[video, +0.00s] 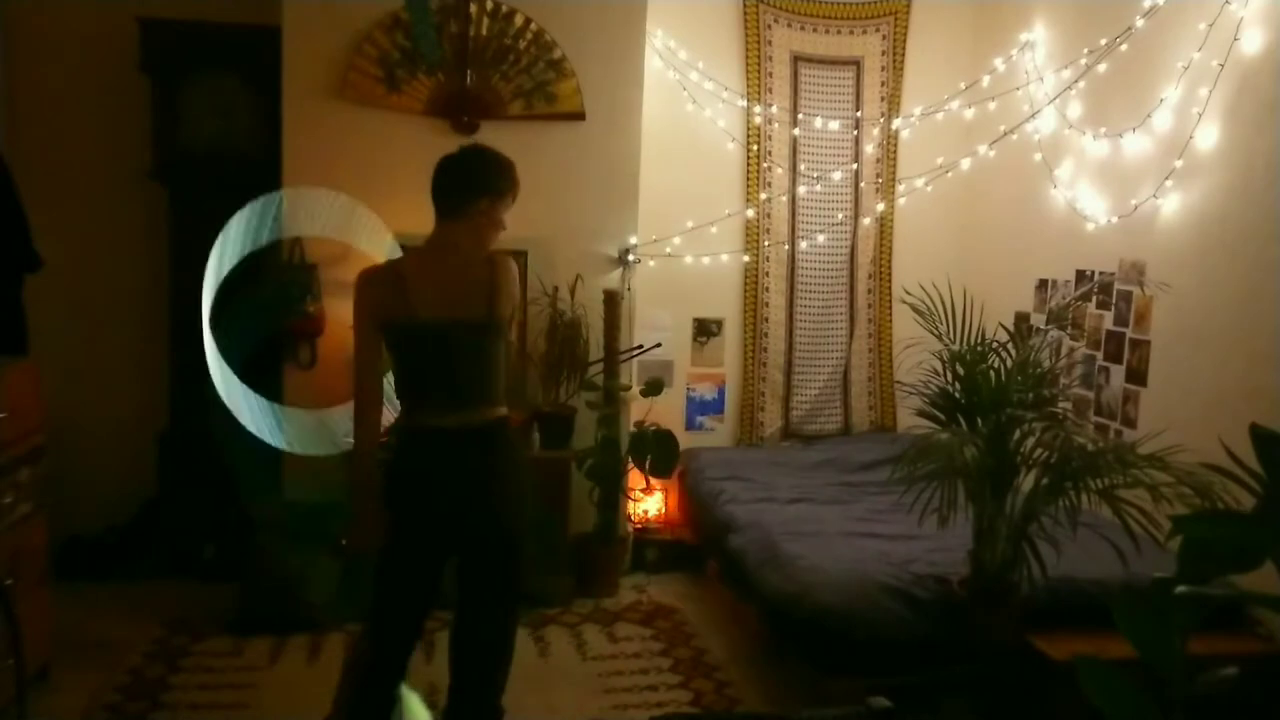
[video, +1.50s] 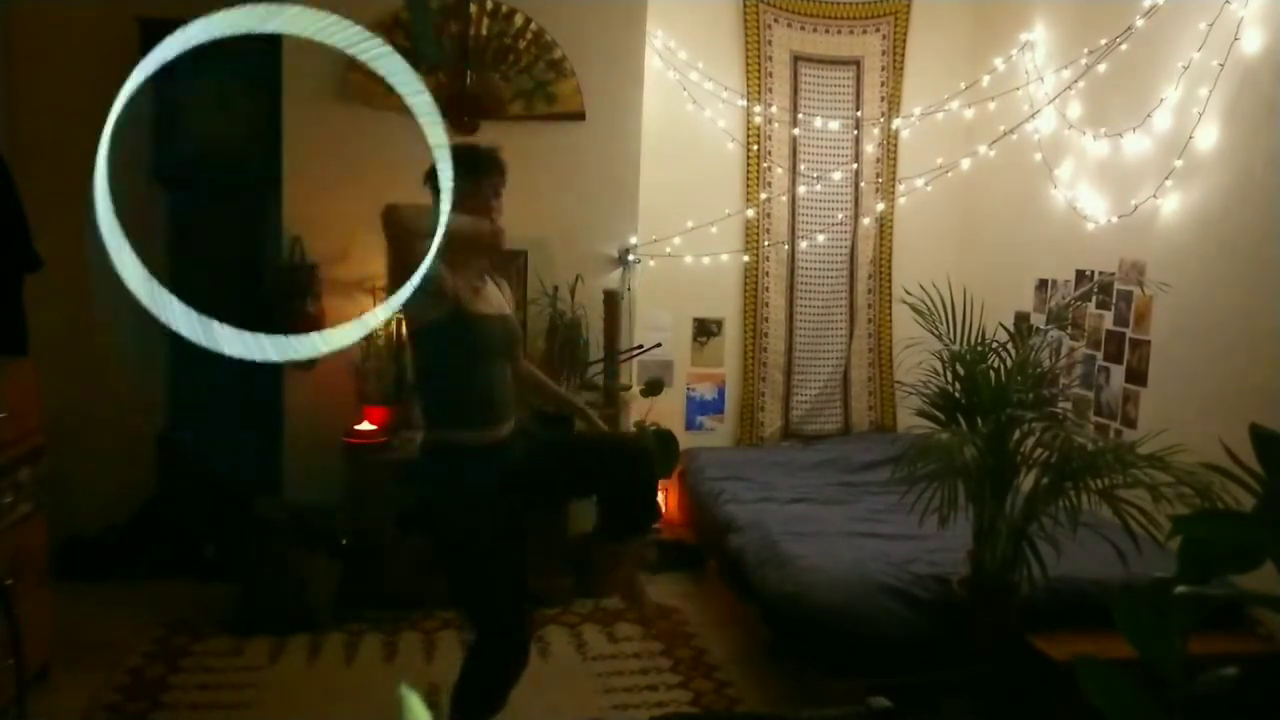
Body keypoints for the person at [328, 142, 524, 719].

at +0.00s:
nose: (504, 222)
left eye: (506, 208)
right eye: (502, 207)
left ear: (441, 203)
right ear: (478, 206)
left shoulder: (380, 283)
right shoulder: (502, 276)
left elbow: (368, 405)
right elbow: (514, 375)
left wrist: (363, 500)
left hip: (416, 465)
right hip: (488, 466)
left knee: (394, 622)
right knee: (486, 628)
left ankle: (361, 710)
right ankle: (475, 711)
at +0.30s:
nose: (496, 221)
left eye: (496, 206)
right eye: (493, 205)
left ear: (430, 198)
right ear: (473, 206)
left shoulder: (371, 281)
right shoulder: (487, 279)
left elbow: (352, 396)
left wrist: (350, 493)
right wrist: (544, 120)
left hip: (400, 461)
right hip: (471, 463)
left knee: (372, 623)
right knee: (477, 629)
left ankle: (341, 711)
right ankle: (467, 711)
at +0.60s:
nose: (506, 231)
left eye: (506, 216)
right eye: (499, 215)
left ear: (459, 215)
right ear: (461, 212)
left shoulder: (438, 290)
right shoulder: (436, 297)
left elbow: (506, 380)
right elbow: (519, 389)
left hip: (459, 475)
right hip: (455, 479)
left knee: (461, 635)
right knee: (479, 649)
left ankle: (421, 706)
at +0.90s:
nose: (487, 207)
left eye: (492, 194)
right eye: (472, 196)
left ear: (499, 201)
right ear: (442, 204)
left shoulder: (495, 278)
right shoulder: (425, 284)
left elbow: (498, 360)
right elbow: (390, 380)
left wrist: (546, 413)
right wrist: (464, 382)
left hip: (491, 452)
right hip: (447, 461)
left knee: (490, 602)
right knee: (477, 607)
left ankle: (473, 705)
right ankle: (466, 708)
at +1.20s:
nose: (477, 204)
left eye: (485, 191)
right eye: (461, 191)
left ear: (497, 200)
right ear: (431, 200)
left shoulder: (497, 283)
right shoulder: (415, 283)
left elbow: (533, 359)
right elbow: (349, 242)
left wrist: (613, 401)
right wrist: (441, 257)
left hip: (512, 455)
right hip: (451, 466)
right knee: (496, 639)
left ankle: (611, 577)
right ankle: (454, 714)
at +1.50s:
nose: (495, 212)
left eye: (499, 198)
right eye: (485, 199)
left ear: (498, 204)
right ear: (450, 201)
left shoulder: (491, 281)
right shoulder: (422, 281)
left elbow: (517, 367)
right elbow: (397, 215)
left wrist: (577, 407)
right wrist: (478, 231)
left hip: (517, 451)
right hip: (461, 468)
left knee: (631, 459)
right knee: (505, 638)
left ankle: (607, 568)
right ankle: (462, 714)